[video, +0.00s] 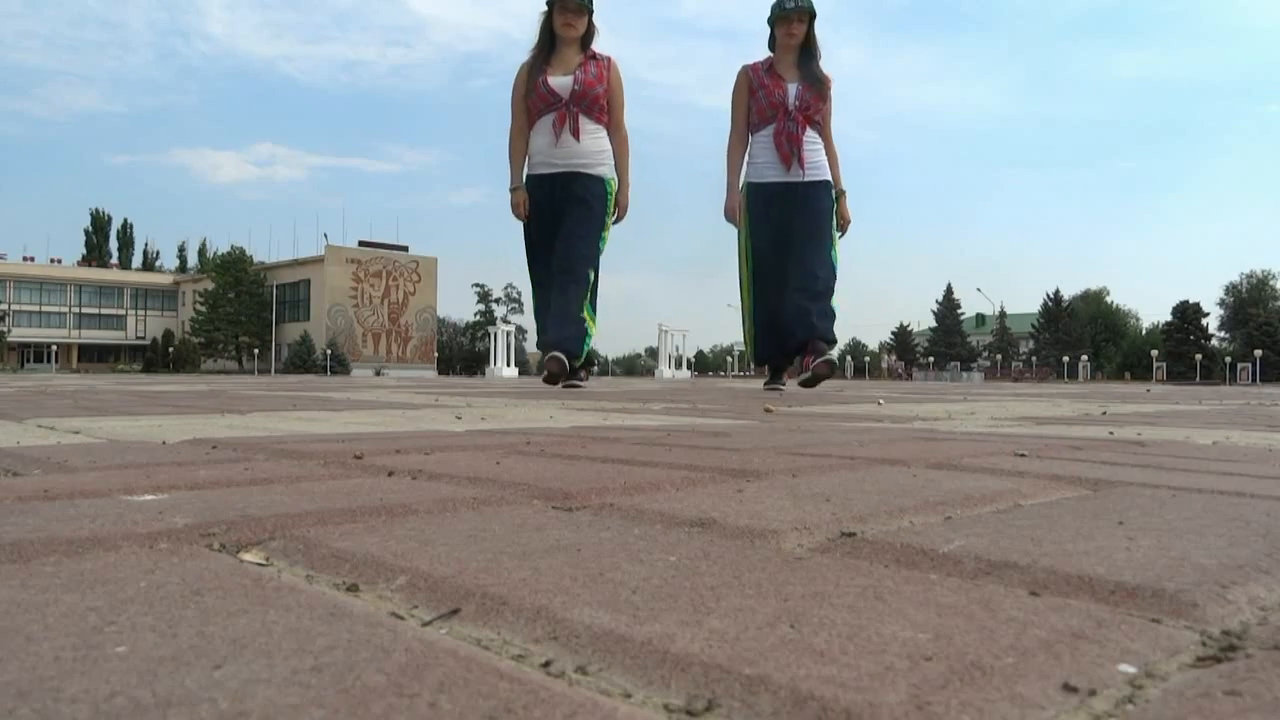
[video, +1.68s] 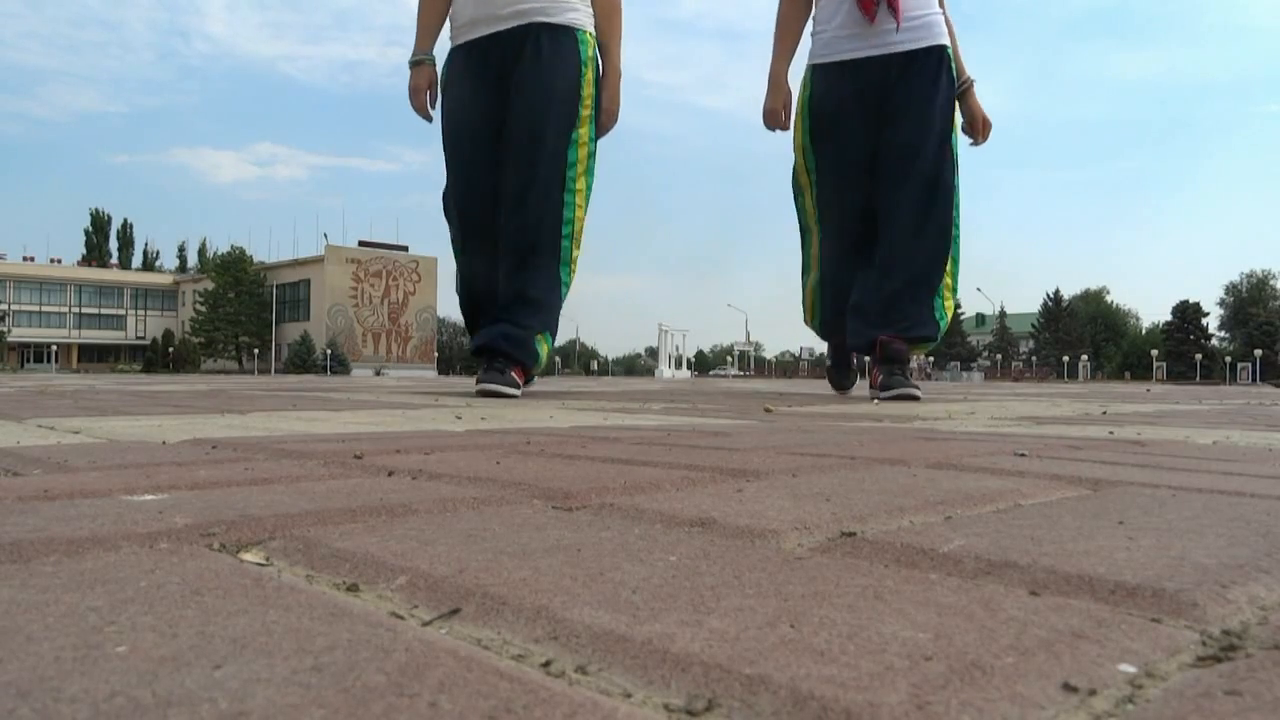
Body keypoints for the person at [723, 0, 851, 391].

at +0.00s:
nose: (792, 27)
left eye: (800, 21)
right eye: (785, 20)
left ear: (809, 27)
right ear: (773, 25)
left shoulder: (819, 80)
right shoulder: (750, 75)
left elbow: (826, 140)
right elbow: (738, 135)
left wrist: (840, 195)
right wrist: (732, 189)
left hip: (813, 186)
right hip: (764, 186)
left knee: (813, 269)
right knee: (769, 274)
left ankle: (815, 353)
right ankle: (776, 367)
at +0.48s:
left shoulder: (849, 39)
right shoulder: (769, 38)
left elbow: (860, 100)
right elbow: (758, 105)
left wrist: (881, 148)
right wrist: (744, 165)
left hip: (841, 159)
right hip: (787, 158)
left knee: (841, 256)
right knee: (814, 238)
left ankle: (812, 361)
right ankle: (782, 321)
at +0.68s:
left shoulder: (862, 26)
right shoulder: (778, 28)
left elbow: (873, 85)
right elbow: (767, 100)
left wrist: (892, 120)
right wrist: (752, 164)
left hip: (849, 151)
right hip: (794, 149)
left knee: (842, 249)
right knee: (815, 238)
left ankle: (811, 358)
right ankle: (827, 350)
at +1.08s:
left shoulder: (890, 5)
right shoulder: (790, 4)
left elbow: (895, 66)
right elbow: (780, 61)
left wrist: (916, 131)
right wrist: (763, 130)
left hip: (872, 124)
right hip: (808, 120)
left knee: (870, 242)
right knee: (817, 238)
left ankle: (843, 341)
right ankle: (846, 361)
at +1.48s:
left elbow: (911, 37)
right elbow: (784, 14)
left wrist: (935, 120)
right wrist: (775, 75)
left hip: (898, 89)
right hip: (822, 89)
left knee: (894, 212)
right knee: (833, 226)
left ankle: (894, 323)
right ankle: (847, 361)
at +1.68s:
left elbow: (936, 12)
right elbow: (799, 2)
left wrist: (966, 88)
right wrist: (778, 75)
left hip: (921, 56)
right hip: (836, 60)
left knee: (913, 210)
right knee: (841, 210)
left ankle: (893, 357)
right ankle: (840, 333)